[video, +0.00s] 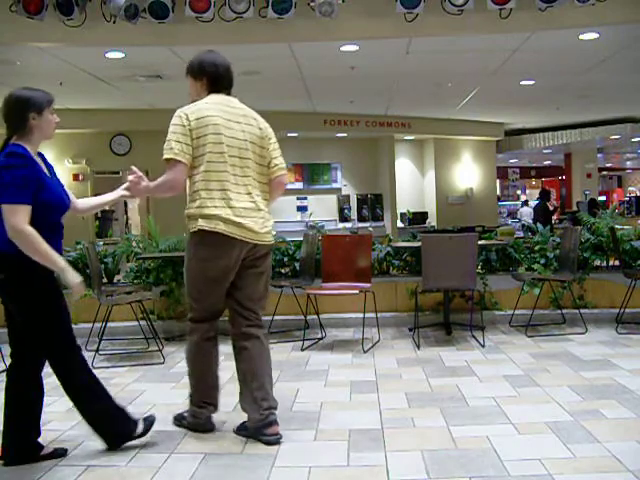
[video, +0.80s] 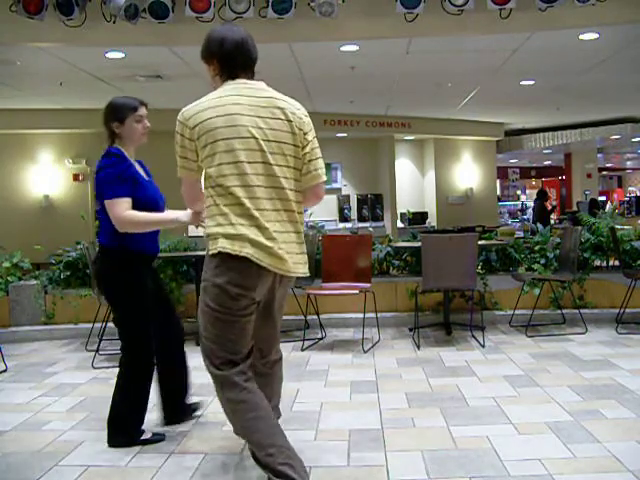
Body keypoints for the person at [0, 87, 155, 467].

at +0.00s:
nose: (57, 119)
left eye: (55, 113)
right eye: (52, 113)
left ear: (34, 119)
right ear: (33, 119)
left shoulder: (36, 159)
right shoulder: (16, 160)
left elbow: (73, 207)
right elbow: (16, 227)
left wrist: (121, 193)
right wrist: (63, 269)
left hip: (35, 269)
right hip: (25, 271)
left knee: (27, 360)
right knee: (65, 352)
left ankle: (20, 447)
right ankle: (118, 429)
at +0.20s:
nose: (81, 122)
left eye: (78, 115)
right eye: (74, 116)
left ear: (52, 123)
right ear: (54, 123)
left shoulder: (49, 161)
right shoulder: (49, 164)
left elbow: (90, 208)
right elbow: (54, 229)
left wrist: (140, 195)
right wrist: (109, 247)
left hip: (34, 271)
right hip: (51, 273)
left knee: (34, 360)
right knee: (89, 354)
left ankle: (19, 446)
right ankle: (120, 433)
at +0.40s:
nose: (104, 118)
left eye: (102, 112)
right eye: (98, 113)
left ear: (76, 121)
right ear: (78, 120)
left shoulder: (73, 157)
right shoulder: (76, 160)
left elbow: (114, 204)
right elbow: (85, 222)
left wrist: (166, 196)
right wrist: (138, 227)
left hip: (62, 262)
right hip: (82, 264)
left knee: (63, 349)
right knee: (109, 347)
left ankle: (27, 434)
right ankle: (120, 433)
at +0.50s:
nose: (117, 124)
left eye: (115, 118)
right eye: (110, 119)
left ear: (89, 127)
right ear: (90, 125)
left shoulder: (87, 162)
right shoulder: (87, 165)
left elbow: (127, 206)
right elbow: (99, 226)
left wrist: (177, 197)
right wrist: (153, 227)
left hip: (81, 265)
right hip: (97, 266)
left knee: (97, 348)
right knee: (127, 352)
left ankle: (45, 424)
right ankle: (123, 432)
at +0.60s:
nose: (127, 134)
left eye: (126, 128)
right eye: (120, 128)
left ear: (101, 134)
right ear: (98, 133)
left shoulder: (105, 171)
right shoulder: (95, 174)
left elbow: (138, 215)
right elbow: (110, 231)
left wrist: (185, 203)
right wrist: (165, 229)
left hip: (112, 270)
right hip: (104, 272)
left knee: (134, 348)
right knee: (137, 350)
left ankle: (77, 415)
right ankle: (126, 434)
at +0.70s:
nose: (136, 132)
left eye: (136, 125)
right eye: (130, 126)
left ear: (116, 132)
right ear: (108, 131)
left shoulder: (118, 168)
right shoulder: (103, 170)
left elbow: (141, 218)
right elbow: (116, 228)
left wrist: (184, 214)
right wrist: (175, 226)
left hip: (127, 268)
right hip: (113, 270)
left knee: (157, 339)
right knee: (145, 345)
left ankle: (128, 425)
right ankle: (124, 432)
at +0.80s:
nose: (147, 126)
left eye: (146, 120)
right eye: (139, 120)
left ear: (136, 126)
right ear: (117, 126)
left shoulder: (133, 162)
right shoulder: (114, 164)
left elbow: (146, 213)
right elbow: (122, 219)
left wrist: (187, 215)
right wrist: (181, 217)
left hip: (140, 263)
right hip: (121, 266)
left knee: (169, 332)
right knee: (139, 344)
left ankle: (176, 409)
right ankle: (124, 432)